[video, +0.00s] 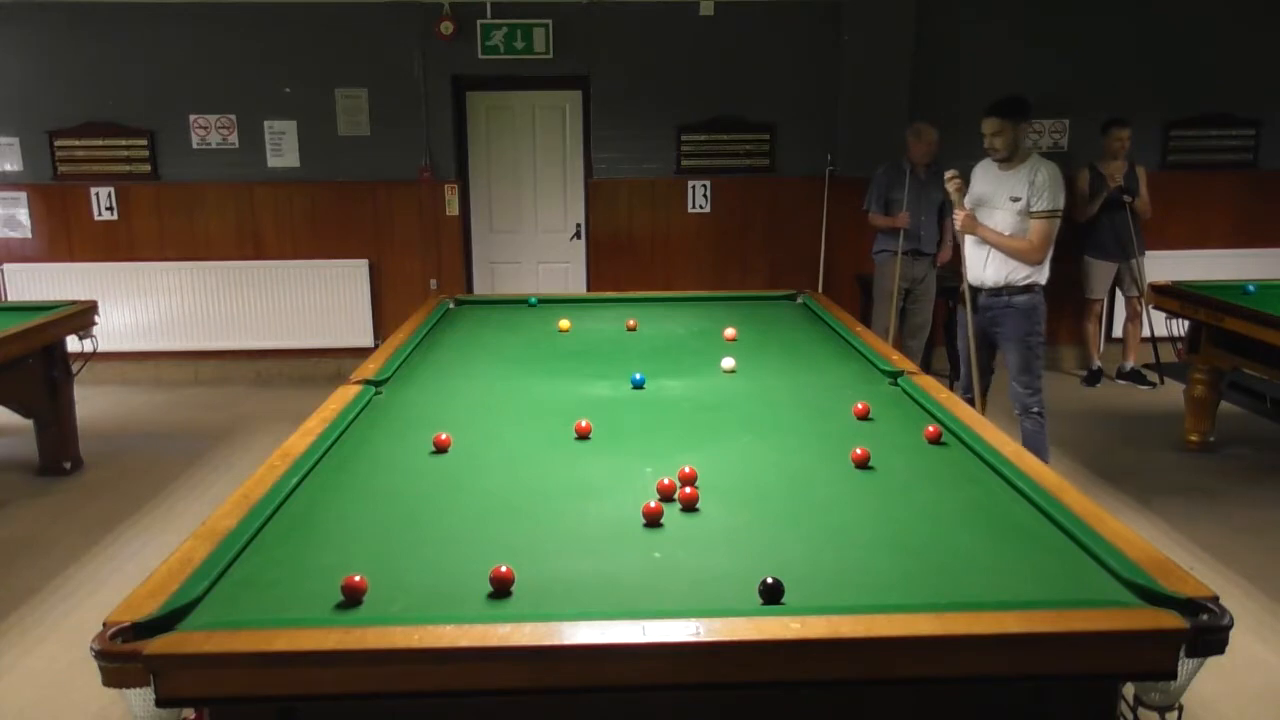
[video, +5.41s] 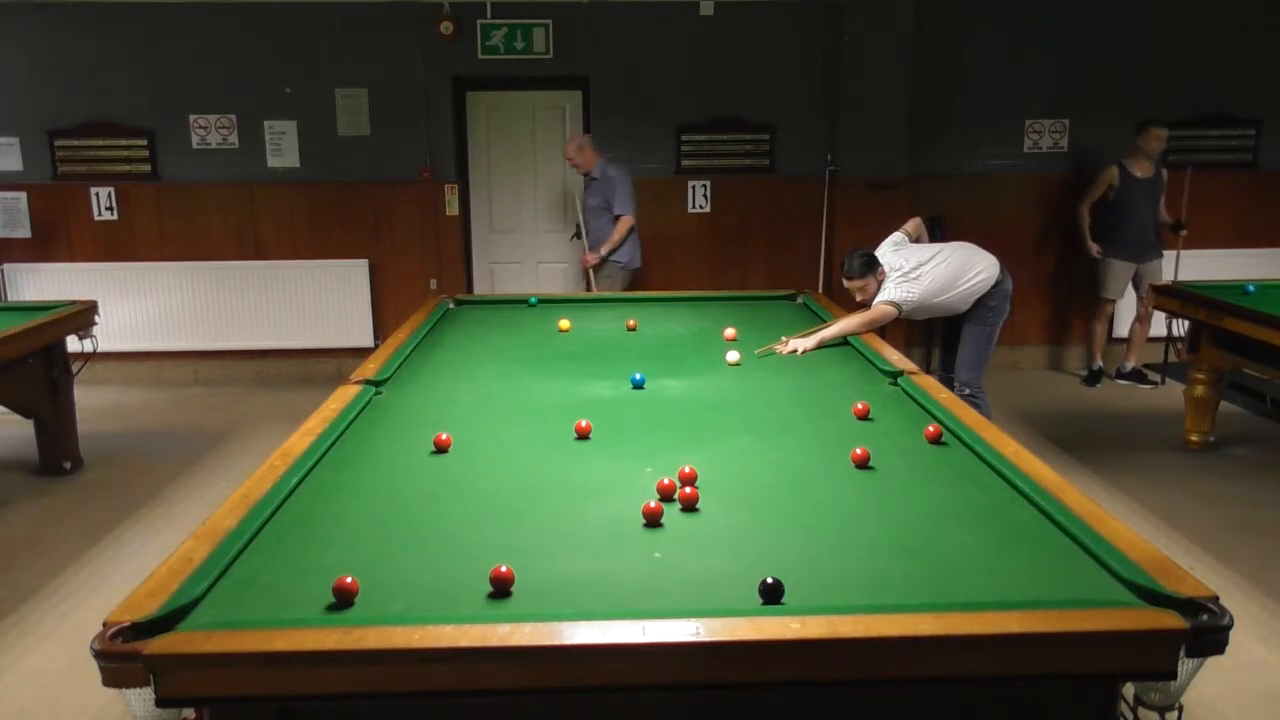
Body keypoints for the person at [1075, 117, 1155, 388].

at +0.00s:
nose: (1124, 145)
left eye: (1127, 140)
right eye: (1118, 140)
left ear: (1130, 142)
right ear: (1104, 141)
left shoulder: (1136, 171)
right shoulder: (1087, 173)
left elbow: (1146, 211)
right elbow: (1080, 214)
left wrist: (1130, 196)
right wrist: (1105, 191)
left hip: (1131, 251)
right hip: (1099, 251)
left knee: (1135, 310)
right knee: (1093, 309)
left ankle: (1128, 366)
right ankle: (1094, 365)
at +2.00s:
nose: (1125, 145)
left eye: (1129, 140)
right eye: (1120, 139)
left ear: (1133, 142)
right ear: (1107, 140)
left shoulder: (1138, 171)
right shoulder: (1089, 173)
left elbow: (1147, 211)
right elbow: (1084, 214)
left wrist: (1131, 197)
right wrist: (1107, 191)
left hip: (1132, 251)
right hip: (1100, 251)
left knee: (1136, 310)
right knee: (1094, 310)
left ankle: (1128, 366)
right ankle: (1094, 365)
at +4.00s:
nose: (1126, 145)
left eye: (1130, 140)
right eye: (1121, 140)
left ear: (1134, 142)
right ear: (1107, 141)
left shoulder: (1138, 171)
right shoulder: (1089, 172)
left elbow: (1147, 212)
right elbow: (1082, 215)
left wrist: (1132, 198)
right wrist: (1106, 191)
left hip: (1132, 250)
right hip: (1099, 250)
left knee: (1136, 309)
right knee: (1094, 309)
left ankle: (1128, 366)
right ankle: (1094, 365)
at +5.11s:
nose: (1138, 145)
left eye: (1142, 140)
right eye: (1133, 139)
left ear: (1145, 143)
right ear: (1118, 140)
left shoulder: (1146, 174)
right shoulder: (1097, 173)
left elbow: (1149, 217)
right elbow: (1078, 213)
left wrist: (1154, 208)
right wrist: (1098, 230)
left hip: (1137, 252)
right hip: (1104, 252)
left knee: (1140, 310)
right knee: (1096, 309)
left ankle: (1127, 367)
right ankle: (1094, 365)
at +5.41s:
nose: (1160, 145)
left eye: (1163, 140)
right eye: (1155, 139)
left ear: (1165, 144)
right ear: (1140, 140)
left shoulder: (1161, 174)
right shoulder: (1115, 172)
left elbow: (1159, 208)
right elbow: (1085, 206)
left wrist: (1172, 225)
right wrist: (1088, 241)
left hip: (1150, 253)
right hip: (1118, 252)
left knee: (1146, 311)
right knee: (1105, 310)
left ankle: (1129, 366)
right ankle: (1095, 365)